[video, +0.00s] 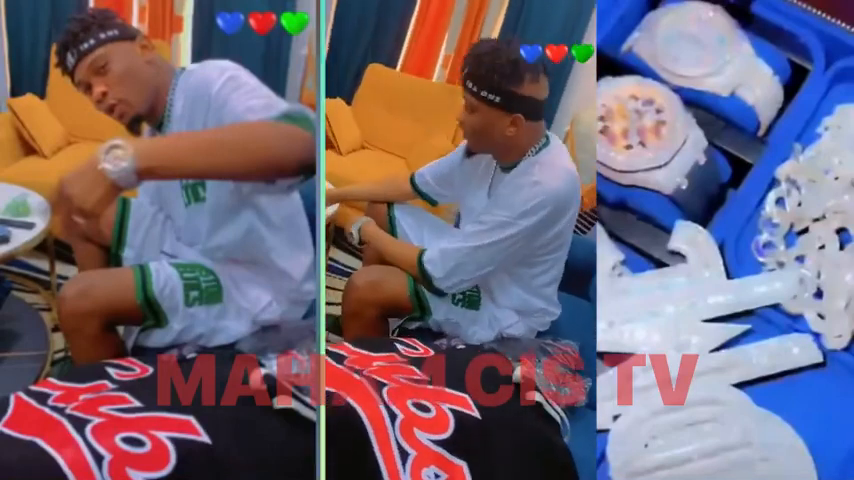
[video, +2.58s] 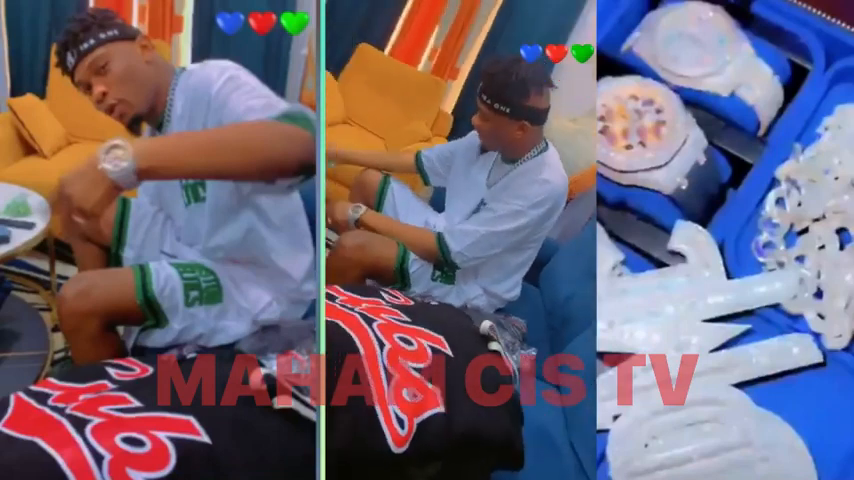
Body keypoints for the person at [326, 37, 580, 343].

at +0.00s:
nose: (460, 117)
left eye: (470, 110)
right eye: (464, 106)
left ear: (513, 126)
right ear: (513, 126)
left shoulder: (547, 187)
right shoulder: (498, 143)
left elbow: (440, 271)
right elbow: (415, 184)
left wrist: (361, 226)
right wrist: (339, 192)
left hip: (505, 307)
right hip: (476, 259)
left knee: (366, 286)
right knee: (380, 210)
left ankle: (359, 393)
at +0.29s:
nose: (472, 114)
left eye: (491, 104)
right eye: (473, 100)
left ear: (537, 117)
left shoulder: (551, 195)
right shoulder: (483, 160)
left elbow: (453, 300)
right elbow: (419, 213)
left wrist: (351, 268)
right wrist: (339, 207)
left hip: (496, 331)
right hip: (458, 275)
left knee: (350, 318)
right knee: (352, 231)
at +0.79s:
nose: (443, 96)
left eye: (458, 79)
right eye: (434, 85)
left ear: (497, 83)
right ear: (428, 91)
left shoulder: (520, 155)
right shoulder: (452, 148)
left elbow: (450, 277)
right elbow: (401, 207)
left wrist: (338, 276)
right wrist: (338, 230)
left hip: (488, 312)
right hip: (447, 271)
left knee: (336, 315)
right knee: (335, 230)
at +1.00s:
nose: (432, 113)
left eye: (445, 97)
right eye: (427, 101)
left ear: (483, 95)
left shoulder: (510, 154)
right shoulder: (459, 144)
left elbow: (447, 262)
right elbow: (414, 200)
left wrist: (345, 254)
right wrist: (353, 219)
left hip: (487, 294)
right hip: (453, 257)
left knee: (343, 294)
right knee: (352, 225)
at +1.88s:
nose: (435, 125)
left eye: (438, 116)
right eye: (434, 115)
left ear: (472, 116)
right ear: (473, 117)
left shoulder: (519, 165)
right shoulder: (484, 146)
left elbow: (451, 265)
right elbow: (421, 195)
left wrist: (353, 243)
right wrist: (344, 189)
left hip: (499, 297)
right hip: (475, 258)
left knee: (364, 286)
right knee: (380, 216)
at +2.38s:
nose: (458, 84)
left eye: (470, 80)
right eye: (463, 73)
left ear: (509, 96)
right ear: (510, 97)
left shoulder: (535, 156)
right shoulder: (482, 112)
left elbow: (440, 235)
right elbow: (410, 152)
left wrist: (346, 209)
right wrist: (327, 148)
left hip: (474, 268)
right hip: (446, 219)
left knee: (342, 243)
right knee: (353, 173)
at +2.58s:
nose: (473, 121)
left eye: (483, 116)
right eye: (478, 111)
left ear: (519, 129)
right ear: (519, 128)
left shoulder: (542, 186)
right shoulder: (493, 140)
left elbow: (446, 250)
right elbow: (417, 163)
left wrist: (359, 214)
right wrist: (334, 153)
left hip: (468, 283)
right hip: (448, 233)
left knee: (353, 246)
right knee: (368, 182)